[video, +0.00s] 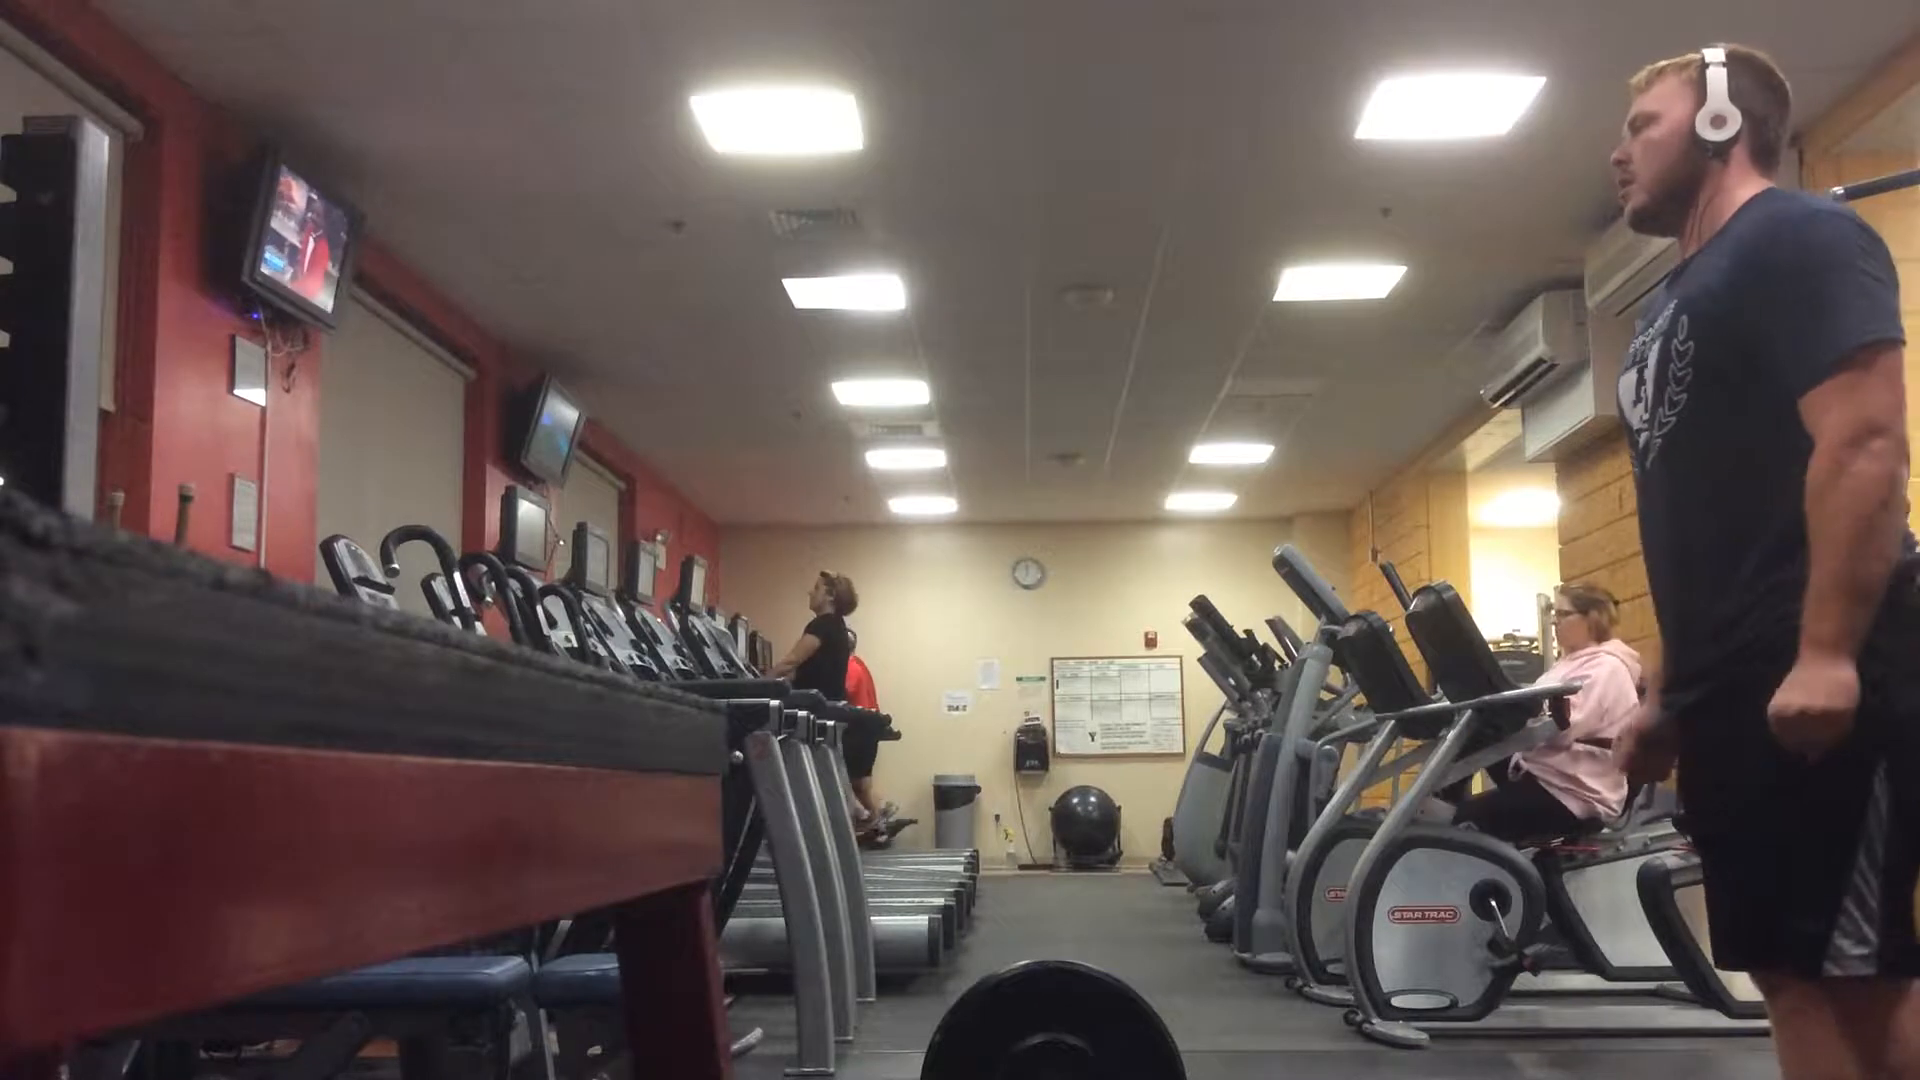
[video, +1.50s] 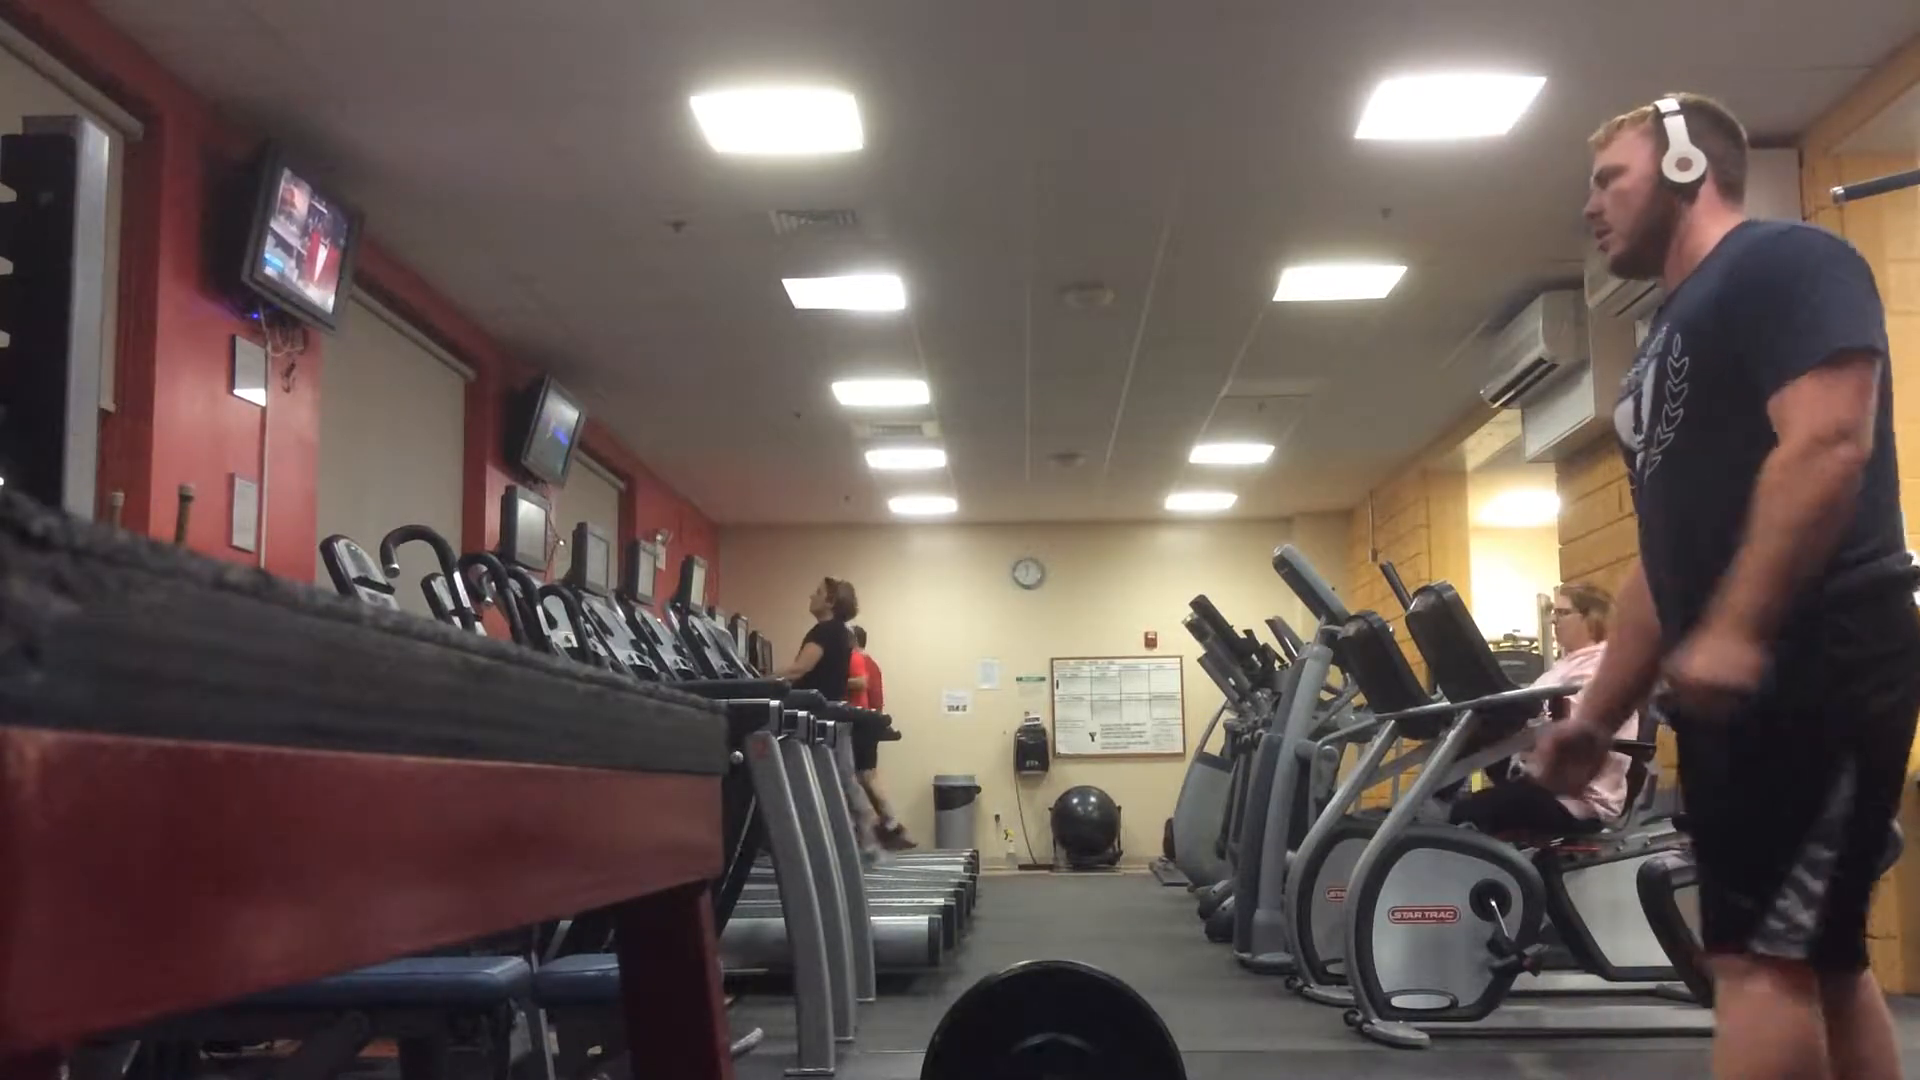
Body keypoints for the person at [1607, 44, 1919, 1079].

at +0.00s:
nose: (1619, 150)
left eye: (1641, 124)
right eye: (1623, 131)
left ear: (1721, 127)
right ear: (1705, 135)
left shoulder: (1798, 231)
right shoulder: (1665, 310)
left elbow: (1865, 441)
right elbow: (1708, 526)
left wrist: (1828, 651)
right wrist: (1677, 702)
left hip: (1834, 673)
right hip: (1733, 693)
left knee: (1868, 983)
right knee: (1789, 979)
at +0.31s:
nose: (1631, 181)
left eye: (1650, 152)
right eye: (1636, 158)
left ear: (1725, 147)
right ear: (1722, 156)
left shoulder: (1805, 251)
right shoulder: (1706, 310)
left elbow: (1811, 452)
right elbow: (1699, 528)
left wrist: (1684, 629)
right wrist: (1633, 696)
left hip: (1811, 637)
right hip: (1758, 646)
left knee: (1689, 929)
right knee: (1809, 956)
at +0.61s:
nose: (1623, 193)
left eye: (1642, 165)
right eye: (1627, 173)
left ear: (1717, 163)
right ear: (1705, 172)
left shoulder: (1798, 262)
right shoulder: (1693, 328)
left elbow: (1841, 455)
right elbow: (1711, 545)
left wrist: (1758, 635)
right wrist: (1666, 713)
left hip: (1814, 634)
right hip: (1749, 647)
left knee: (1666, 931)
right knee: (1815, 964)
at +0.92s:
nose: (1613, 192)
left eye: (1632, 166)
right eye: (1616, 173)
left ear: (1704, 166)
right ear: (1699, 176)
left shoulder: (1773, 260)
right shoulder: (1681, 328)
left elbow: (1839, 450)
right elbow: (1719, 515)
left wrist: (1800, 649)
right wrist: (1696, 686)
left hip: (1796, 653)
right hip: (1739, 660)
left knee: (1724, 938)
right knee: (1820, 959)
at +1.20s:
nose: (1615, 202)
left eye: (1634, 175)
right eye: (1617, 182)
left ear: (1713, 170)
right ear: (1701, 177)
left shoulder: (1796, 263)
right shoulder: (1679, 346)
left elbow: (1781, 450)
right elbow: (1680, 557)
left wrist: (1626, 595)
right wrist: (1604, 717)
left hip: (1809, 641)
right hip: (1730, 657)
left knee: (1720, 938)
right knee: (1810, 947)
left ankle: (1867, 1065)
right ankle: (1864, 1071)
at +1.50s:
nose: (1590, 204)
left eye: (1610, 176)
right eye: (1590, 186)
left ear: (1688, 170)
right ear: (1675, 181)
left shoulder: (1782, 259)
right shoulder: (1663, 350)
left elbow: (1828, 444)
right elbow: (1668, 562)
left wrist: (1734, 626)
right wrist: (1590, 721)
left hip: (1820, 640)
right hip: (1739, 658)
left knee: (1758, 965)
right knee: (1826, 967)